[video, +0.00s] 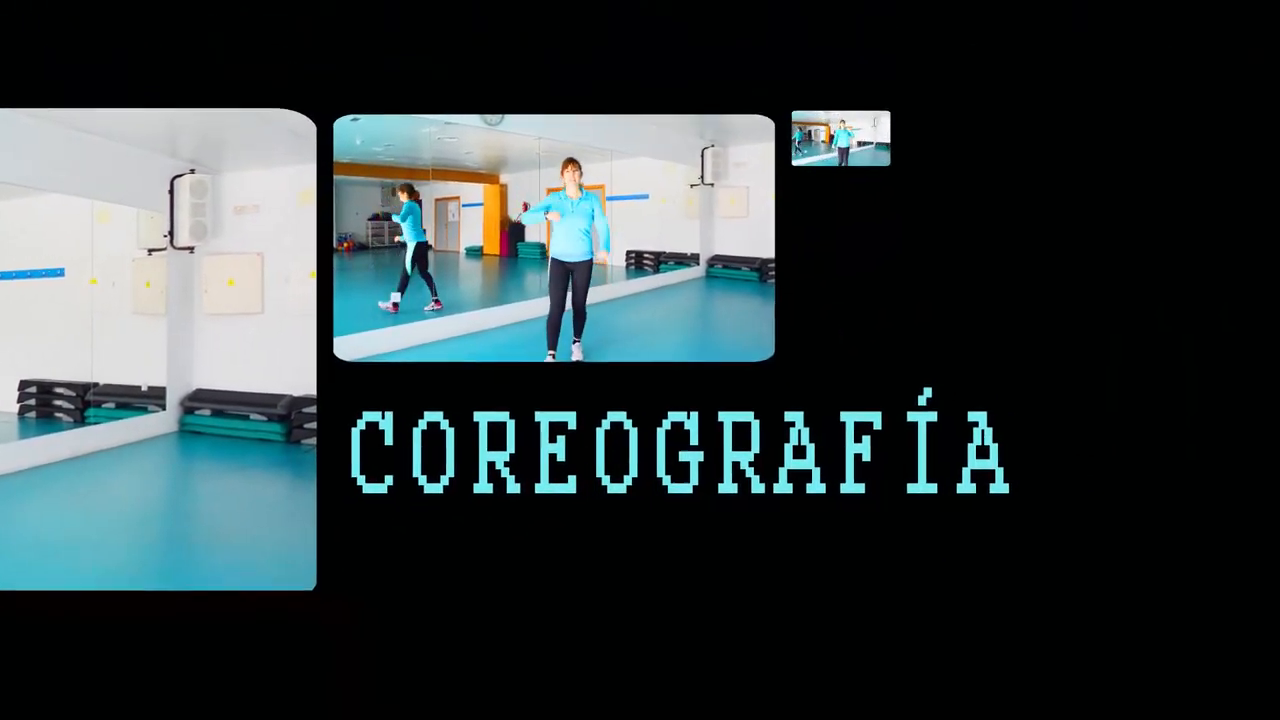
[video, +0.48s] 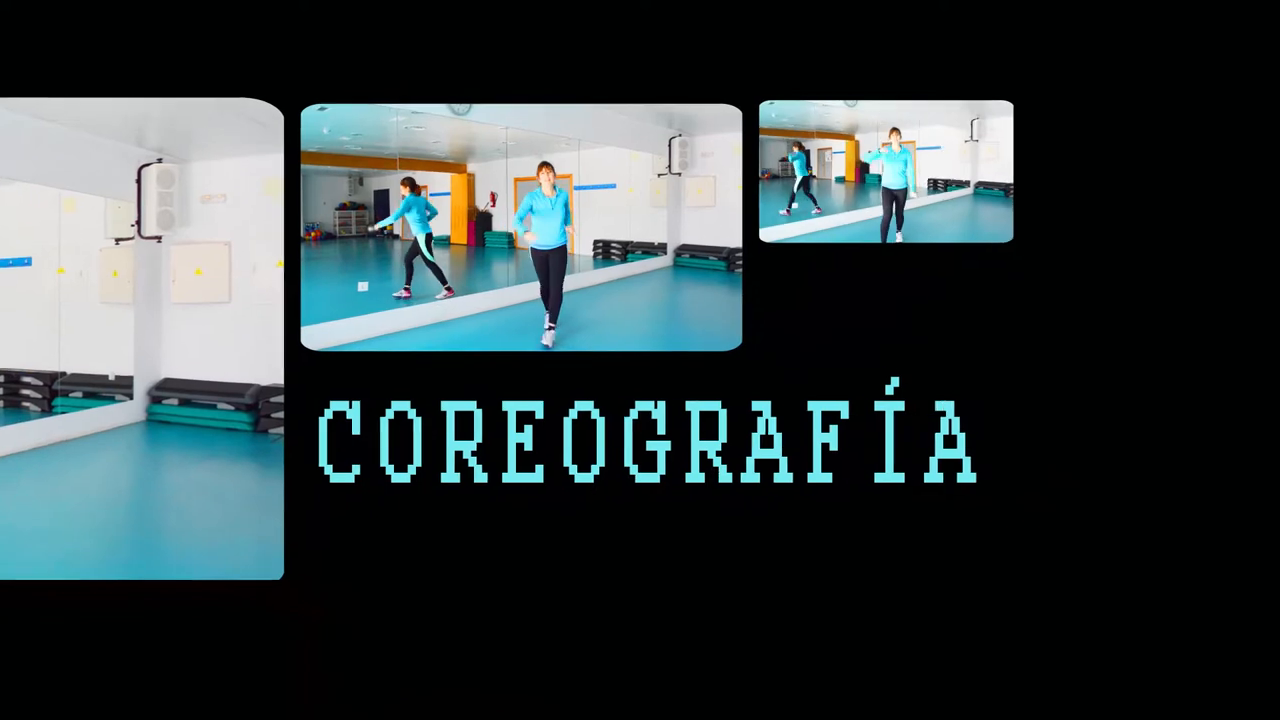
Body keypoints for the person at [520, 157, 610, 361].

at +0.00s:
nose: (572, 174)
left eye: (575, 171)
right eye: (568, 171)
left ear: (581, 174)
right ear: (562, 175)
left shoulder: (592, 199)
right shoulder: (553, 199)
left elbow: (602, 224)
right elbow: (524, 218)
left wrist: (604, 248)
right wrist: (545, 215)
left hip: (583, 261)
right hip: (558, 260)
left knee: (579, 305)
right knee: (556, 307)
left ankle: (577, 343)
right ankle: (551, 353)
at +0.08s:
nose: (570, 169)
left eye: (573, 165)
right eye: (565, 166)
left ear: (578, 168)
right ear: (559, 170)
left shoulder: (589, 193)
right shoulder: (551, 194)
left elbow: (603, 217)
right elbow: (527, 215)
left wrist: (603, 225)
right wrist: (541, 225)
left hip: (580, 253)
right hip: (556, 252)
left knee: (575, 299)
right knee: (556, 299)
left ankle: (573, 342)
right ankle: (551, 344)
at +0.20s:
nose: (565, 169)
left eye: (567, 165)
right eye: (561, 166)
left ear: (573, 169)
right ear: (555, 170)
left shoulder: (583, 191)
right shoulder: (547, 193)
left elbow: (601, 218)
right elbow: (524, 211)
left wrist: (595, 211)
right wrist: (522, 228)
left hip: (574, 251)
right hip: (552, 250)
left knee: (570, 295)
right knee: (555, 293)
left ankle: (566, 337)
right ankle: (556, 322)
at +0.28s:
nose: (560, 173)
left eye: (563, 170)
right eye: (556, 171)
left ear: (568, 174)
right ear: (551, 175)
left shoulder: (577, 197)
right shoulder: (544, 197)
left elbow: (592, 221)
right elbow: (523, 212)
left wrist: (586, 214)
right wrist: (512, 227)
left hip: (570, 253)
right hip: (549, 253)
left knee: (565, 296)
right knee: (554, 293)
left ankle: (560, 336)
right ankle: (559, 318)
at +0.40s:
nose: (552, 181)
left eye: (555, 178)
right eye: (549, 179)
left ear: (561, 181)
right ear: (544, 183)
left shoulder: (569, 202)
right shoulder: (537, 202)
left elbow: (575, 218)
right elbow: (520, 216)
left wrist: (575, 224)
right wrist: (510, 230)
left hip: (563, 253)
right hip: (543, 254)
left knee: (559, 294)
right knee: (551, 292)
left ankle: (551, 334)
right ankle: (557, 317)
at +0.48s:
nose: (547, 175)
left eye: (549, 172)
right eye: (543, 173)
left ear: (554, 175)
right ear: (538, 177)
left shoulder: (563, 195)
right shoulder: (531, 197)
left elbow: (567, 213)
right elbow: (517, 218)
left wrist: (567, 225)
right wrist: (524, 232)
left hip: (559, 247)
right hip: (538, 248)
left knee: (556, 286)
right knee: (544, 285)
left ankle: (551, 328)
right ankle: (549, 314)